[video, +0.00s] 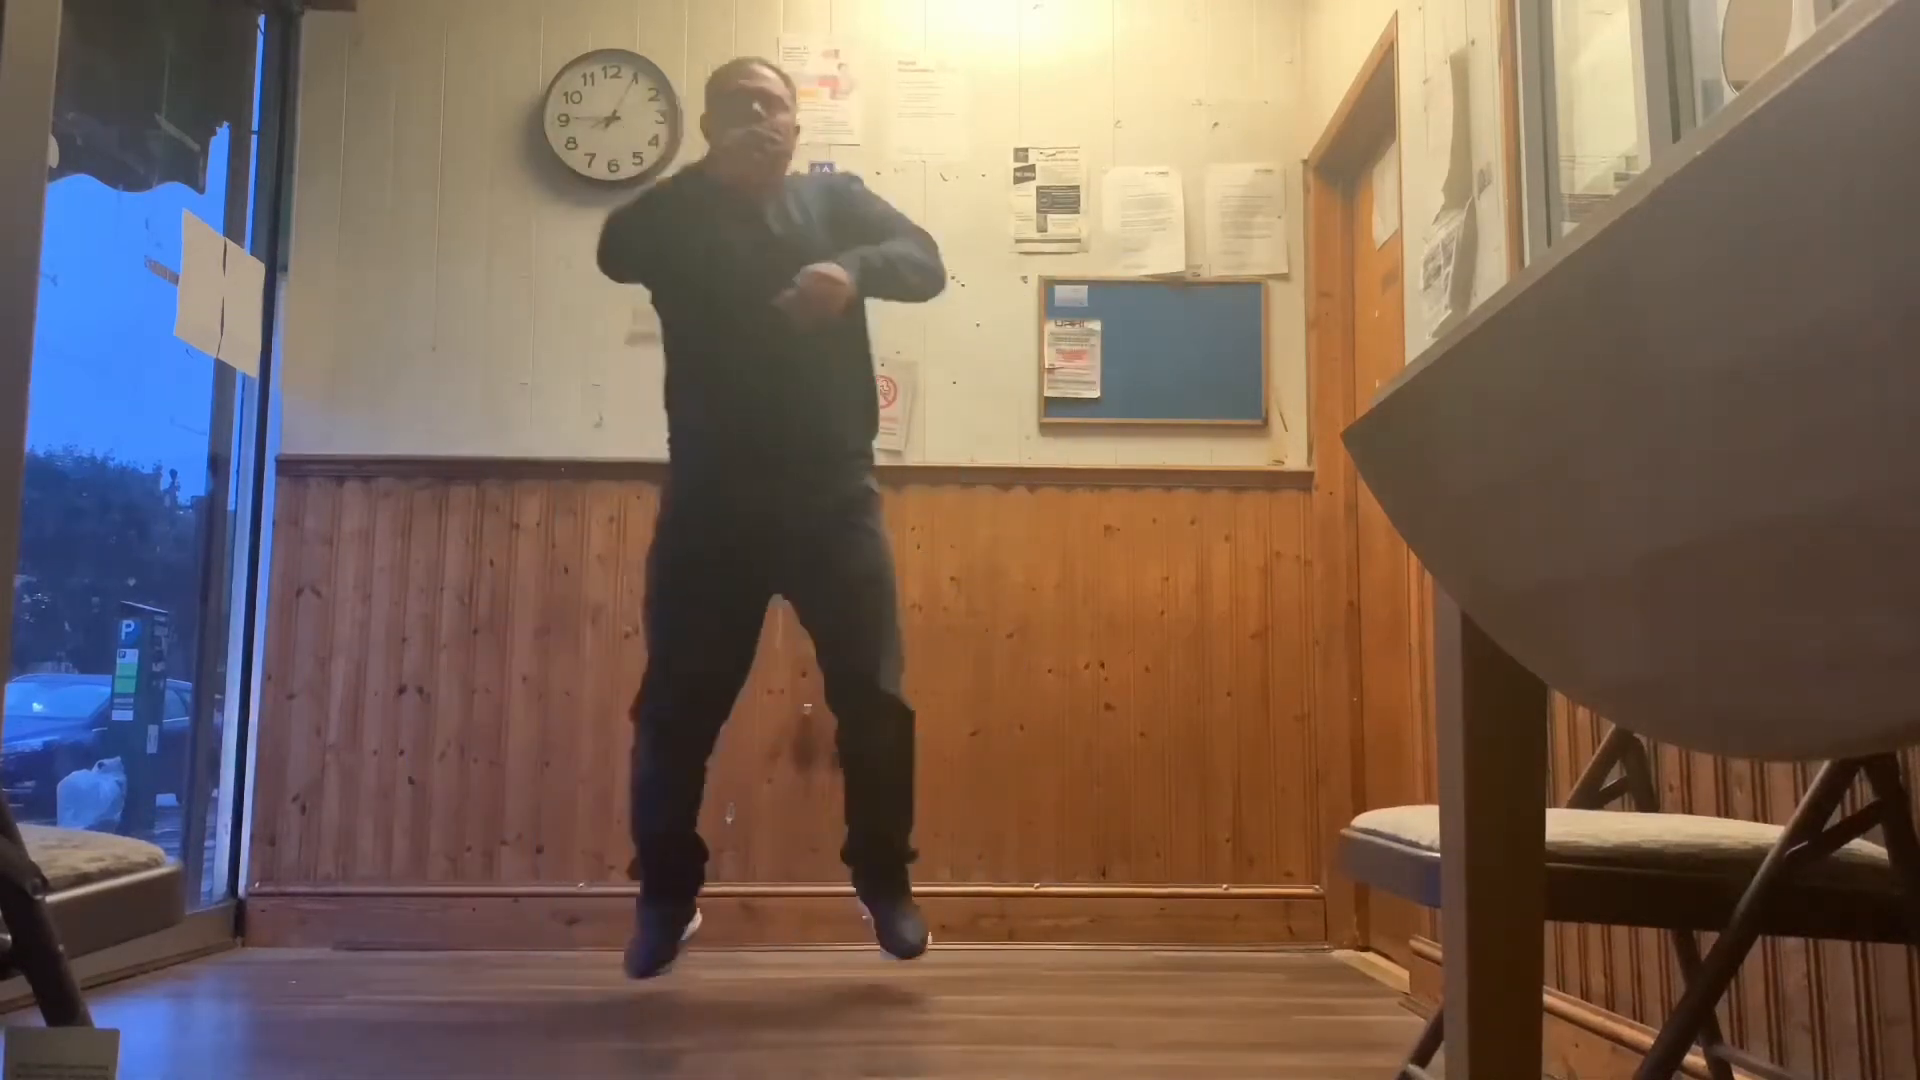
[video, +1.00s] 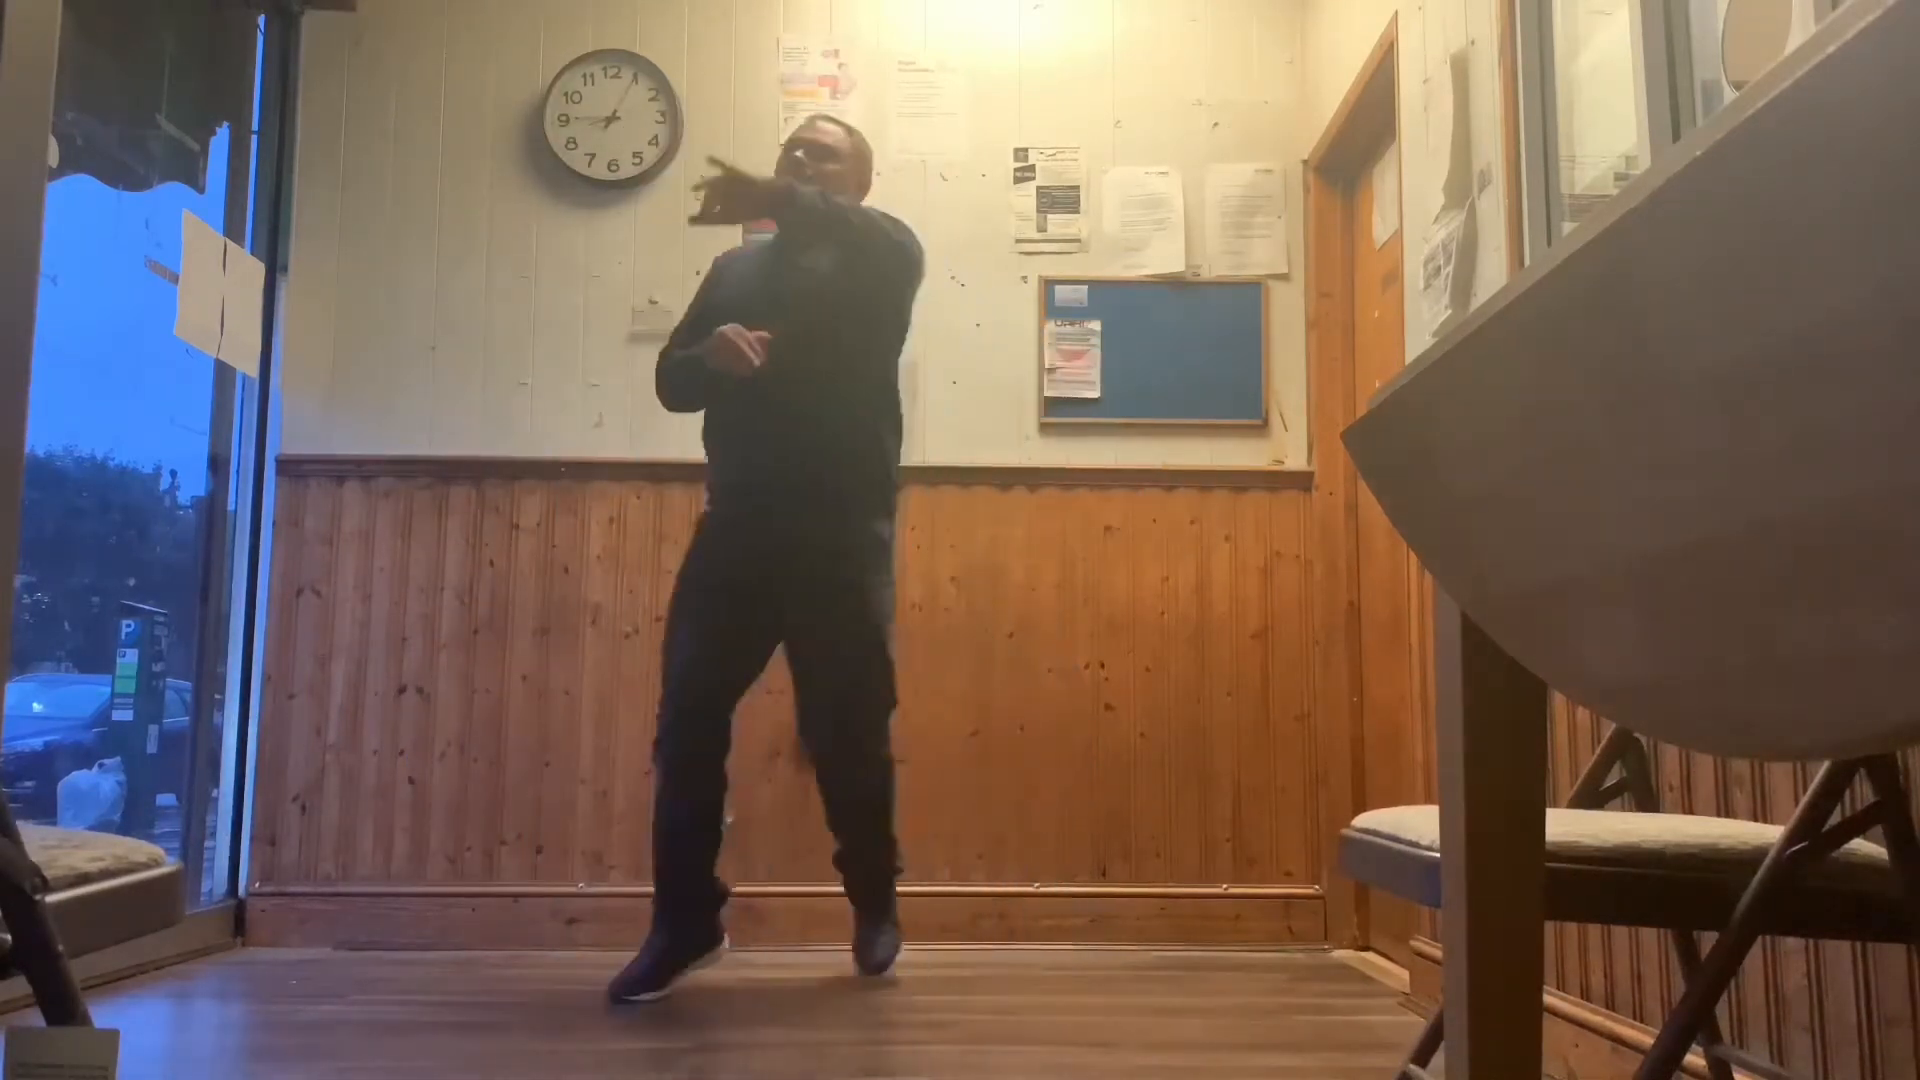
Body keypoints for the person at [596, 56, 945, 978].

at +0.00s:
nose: (763, 118)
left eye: (776, 105)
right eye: (743, 107)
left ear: (797, 124)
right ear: (708, 128)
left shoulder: (837, 199)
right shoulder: (680, 214)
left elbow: (927, 263)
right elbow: (616, 252)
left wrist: (852, 270)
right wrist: (705, 174)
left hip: (833, 499)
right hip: (713, 504)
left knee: (875, 694)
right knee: (676, 708)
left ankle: (885, 879)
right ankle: (665, 893)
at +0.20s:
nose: (846, 214)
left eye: (855, 199)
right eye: (827, 201)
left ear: (872, 210)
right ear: (786, 215)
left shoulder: (920, 308)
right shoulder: (747, 319)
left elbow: (981, 394)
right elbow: (676, 416)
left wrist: (1059, 430)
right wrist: (707, 387)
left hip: (922, 575)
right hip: (815, 579)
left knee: (932, 776)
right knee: (845, 754)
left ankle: (891, 944)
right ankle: (765, 921)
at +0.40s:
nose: (900, 260)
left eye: (911, 242)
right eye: (880, 244)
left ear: (927, 241)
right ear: (835, 244)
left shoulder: (968, 318)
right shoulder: (783, 335)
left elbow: (1057, 366)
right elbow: (650, 374)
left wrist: (1148, 397)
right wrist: (503, 398)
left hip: (996, 588)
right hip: (891, 597)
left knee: (1033, 796)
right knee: (993, 754)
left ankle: (911, 912)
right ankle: (1047, 978)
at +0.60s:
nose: (918, 199)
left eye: (933, 190)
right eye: (898, 187)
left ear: (953, 224)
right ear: (861, 217)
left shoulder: (990, 318)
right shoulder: (807, 329)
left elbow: (1073, 411)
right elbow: (718, 418)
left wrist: (1159, 492)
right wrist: (628, 491)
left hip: (982, 574)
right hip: (875, 583)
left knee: (1035, 771)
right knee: (960, 760)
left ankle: (962, 919)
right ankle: (1041, 966)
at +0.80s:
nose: (865, 178)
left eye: (885, 171)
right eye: (851, 169)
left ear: (920, 204)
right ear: (830, 201)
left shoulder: (959, 302)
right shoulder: (790, 287)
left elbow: (990, 415)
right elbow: (724, 393)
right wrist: (813, 352)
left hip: (934, 560)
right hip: (819, 557)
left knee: (976, 744)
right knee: (797, 712)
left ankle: (958, 940)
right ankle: (833, 871)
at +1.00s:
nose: (805, 162)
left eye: (828, 153)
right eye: (794, 152)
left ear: (864, 186)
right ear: (774, 175)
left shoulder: (887, 255)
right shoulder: (736, 268)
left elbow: (881, 244)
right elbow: (671, 380)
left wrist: (771, 195)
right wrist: (711, 358)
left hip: (843, 529)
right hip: (739, 526)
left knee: (849, 730)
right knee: (688, 724)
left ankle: (873, 909)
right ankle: (686, 919)